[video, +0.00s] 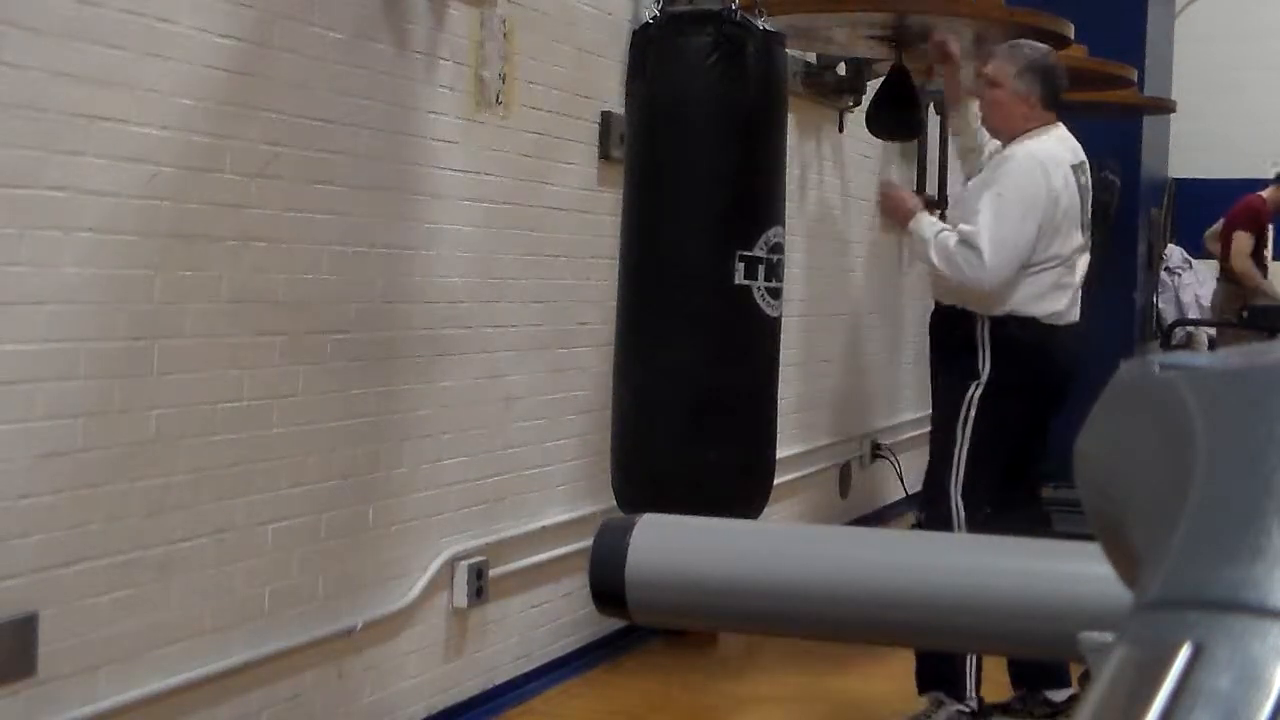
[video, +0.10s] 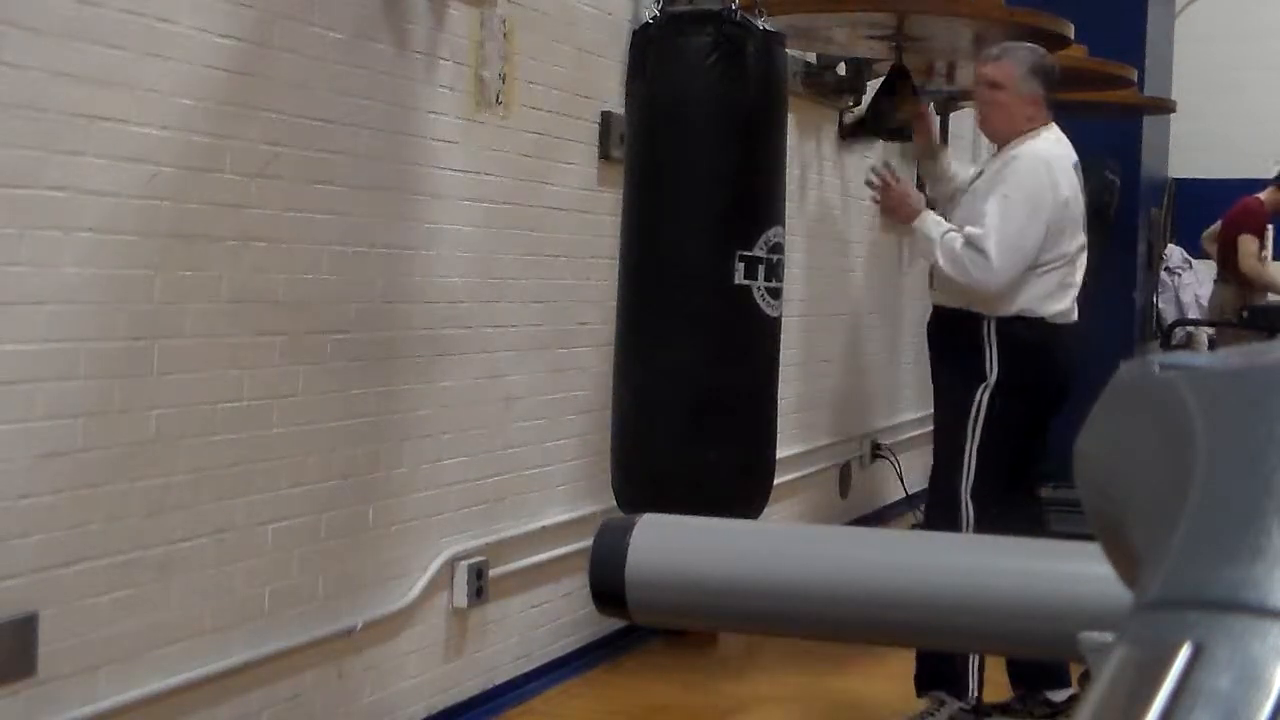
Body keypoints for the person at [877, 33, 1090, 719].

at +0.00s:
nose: (979, 99)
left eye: (991, 87)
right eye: (980, 86)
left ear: (1030, 97)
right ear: (1032, 98)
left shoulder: (1027, 165)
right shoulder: (1058, 149)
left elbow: (982, 268)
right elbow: (978, 177)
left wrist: (917, 221)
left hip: (999, 344)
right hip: (1039, 341)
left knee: (951, 503)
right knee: (1017, 502)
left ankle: (951, 693)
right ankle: (1044, 682)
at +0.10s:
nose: (978, 100)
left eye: (991, 89)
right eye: (978, 88)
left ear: (1029, 99)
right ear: (1018, 99)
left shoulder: (1032, 164)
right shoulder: (1032, 153)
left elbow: (989, 272)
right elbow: (965, 208)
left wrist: (918, 219)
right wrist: (928, 143)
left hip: (1000, 348)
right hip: (1015, 343)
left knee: (954, 511)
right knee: (1011, 509)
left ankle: (950, 691)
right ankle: (1044, 683)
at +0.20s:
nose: (974, 101)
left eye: (989, 90)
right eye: (973, 89)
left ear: (1028, 101)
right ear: (979, 96)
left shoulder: (1035, 168)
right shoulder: (1003, 160)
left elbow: (999, 276)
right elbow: (970, 229)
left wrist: (917, 228)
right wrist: (912, 213)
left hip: (1007, 352)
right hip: (984, 344)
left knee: (958, 513)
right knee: (1007, 513)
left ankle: (951, 689)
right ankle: (1044, 683)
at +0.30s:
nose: (968, 100)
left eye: (984, 90)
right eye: (964, 89)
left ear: (1020, 102)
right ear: (959, 98)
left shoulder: (1034, 171)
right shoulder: (974, 164)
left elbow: (1016, 279)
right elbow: (958, 249)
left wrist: (920, 252)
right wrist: (905, 243)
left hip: (1007, 356)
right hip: (965, 351)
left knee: (959, 518)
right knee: (993, 518)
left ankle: (954, 691)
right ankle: (1042, 684)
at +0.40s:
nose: (959, 105)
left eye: (976, 93)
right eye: (952, 93)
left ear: (1012, 103)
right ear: (945, 100)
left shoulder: (1029, 173)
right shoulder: (944, 162)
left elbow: (1034, 284)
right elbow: (933, 246)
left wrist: (925, 266)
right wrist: (894, 259)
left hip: (996, 351)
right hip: (941, 346)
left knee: (967, 522)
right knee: (955, 517)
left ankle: (954, 691)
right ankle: (1031, 673)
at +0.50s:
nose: (952, 106)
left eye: (969, 94)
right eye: (944, 94)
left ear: (1004, 104)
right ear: (937, 103)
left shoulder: (1026, 174)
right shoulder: (926, 167)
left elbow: (1038, 284)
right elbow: (901, 254)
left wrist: (933, 271)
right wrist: (875, 264)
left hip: (988, 364)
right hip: (925, 359)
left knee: (967, 523)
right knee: (910, 513)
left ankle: (958, 691)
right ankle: (1000, 651)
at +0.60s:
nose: (950, 103)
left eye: (966, 92)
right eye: (941, 92)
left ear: (997, 103)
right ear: (929, 100)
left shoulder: (1022, 173)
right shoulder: (906, 164)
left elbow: (1041, 281)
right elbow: (867, 255)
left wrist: (940, 269)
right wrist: (870, 260)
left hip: (982, 361)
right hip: (909, 357)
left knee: (963, 525)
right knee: (873, 507)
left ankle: (955, 690)